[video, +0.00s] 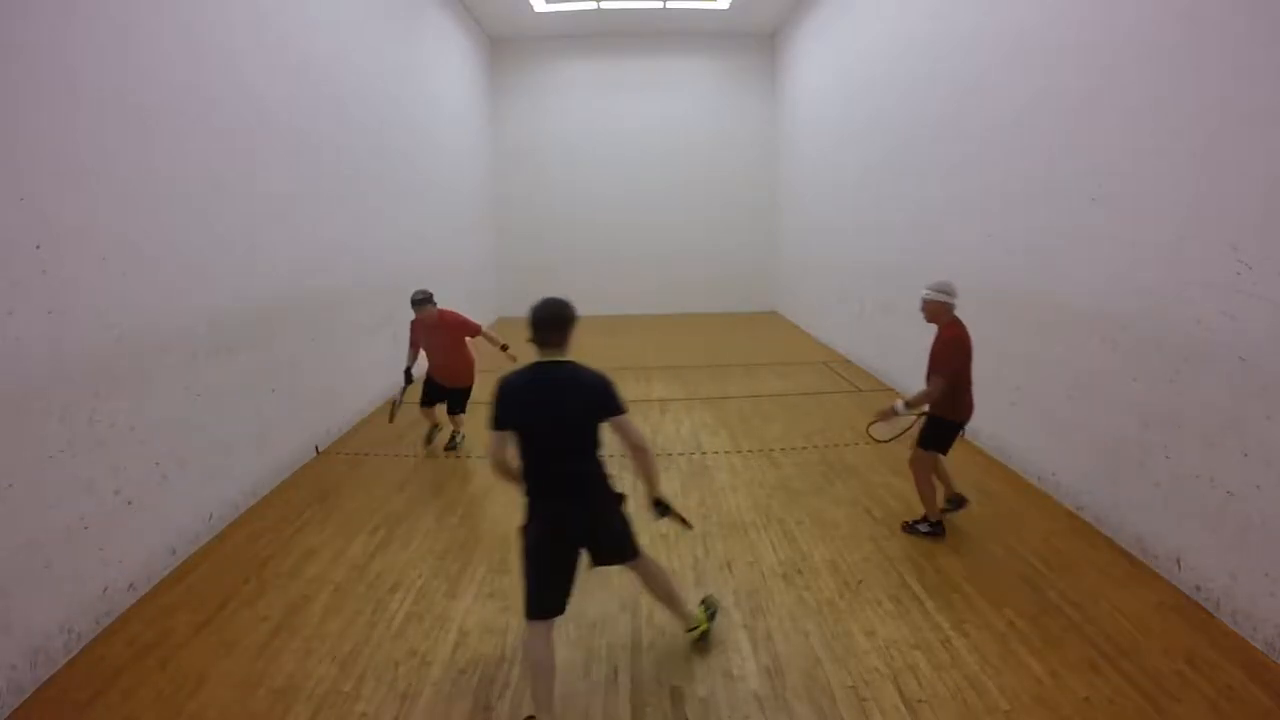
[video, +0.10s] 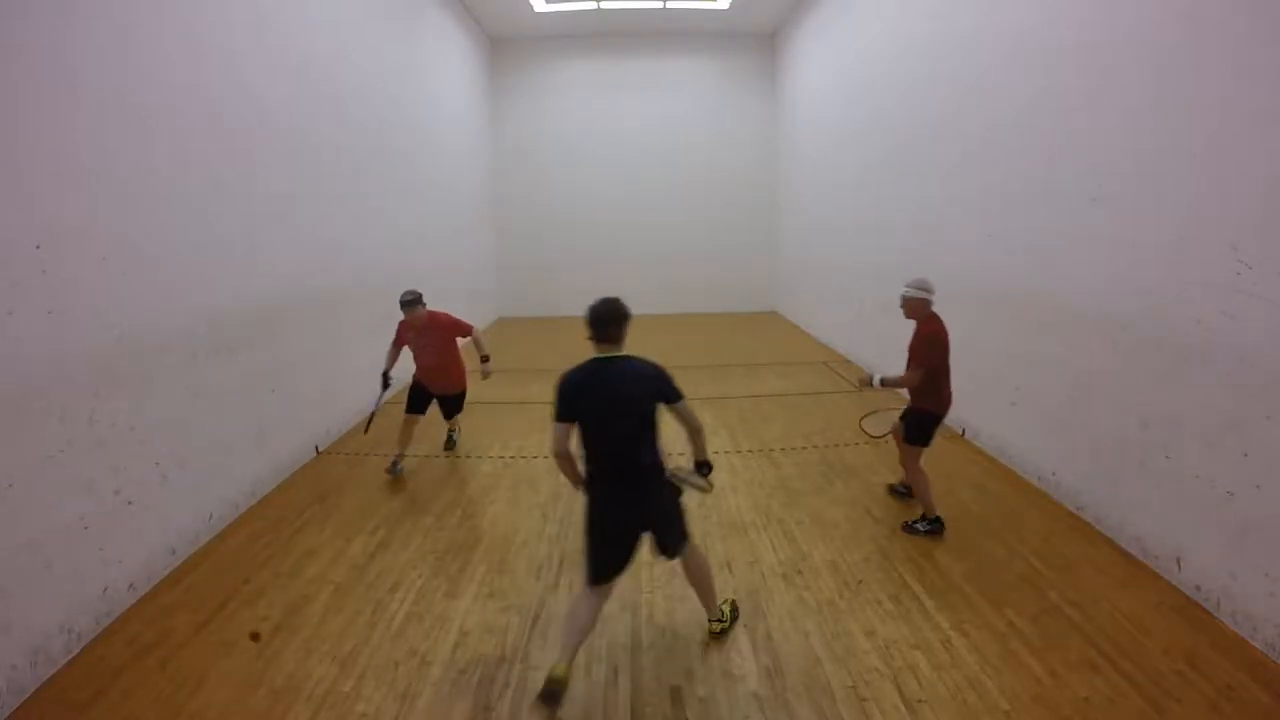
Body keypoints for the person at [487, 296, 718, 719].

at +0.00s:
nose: (558, 336)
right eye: (566, 327)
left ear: (532, 334)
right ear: (570, 332)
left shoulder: (512, 386)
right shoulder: (592, 382)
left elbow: (499, 460)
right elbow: (636, 445)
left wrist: (530, 479)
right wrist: (654, 493)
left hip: (547, 515)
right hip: (596, 505)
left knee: (538, 623)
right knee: (638, 559)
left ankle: (542, 712)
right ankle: (692, 621)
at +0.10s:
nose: (616, 333)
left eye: (602, 327)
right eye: (620, 325)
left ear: (589, 331)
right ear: (625, 329)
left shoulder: (573, 381)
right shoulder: (648, 373)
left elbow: (560, 450)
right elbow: (692, 424)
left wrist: (582, 483)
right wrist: (701, 462)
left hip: (606, 496)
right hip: (653, 489)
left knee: (595, 587)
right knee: (685, 548)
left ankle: (560, 666)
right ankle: (716, 615)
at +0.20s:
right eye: (654, 326)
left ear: (623, 334)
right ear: (657, 330)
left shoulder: (613, 378)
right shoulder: (684, 367)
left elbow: (595, 443)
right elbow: (716, 412)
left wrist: (607, 490)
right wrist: (719, 451)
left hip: (650, 473)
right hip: (694, 469)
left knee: (647, 530)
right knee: (714, 525)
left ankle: (634, 599)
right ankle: (721, 596)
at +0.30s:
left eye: (649, 342)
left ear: (648, 346)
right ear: (679, 339)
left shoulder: (646, 386)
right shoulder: (707, 370)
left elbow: (643, 449)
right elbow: (730, 417)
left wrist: (656, 494)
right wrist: (734, 452)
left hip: (685, 467)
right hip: (725, 461)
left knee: (672, 501)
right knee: (746, 498)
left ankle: (657, 555)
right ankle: (756, 559)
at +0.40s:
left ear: (685, 349)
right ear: (713, 343)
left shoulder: (684, 389)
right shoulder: (742, 373)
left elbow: (690, 449)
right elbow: (755, 427)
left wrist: (703, 494)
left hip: (712, 469)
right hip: (753, 463)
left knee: (685, 492)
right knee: (779, 477)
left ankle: (660, 552)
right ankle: (800, 531)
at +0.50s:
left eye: (733, 337)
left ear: (731, 341)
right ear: (758, 334)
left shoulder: (736, 376)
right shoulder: (784, 363)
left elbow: (747, 434)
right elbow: (797, 413)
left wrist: (737, 476)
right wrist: (800, 450)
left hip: (761, 455)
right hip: (796, 449)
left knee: (711, 495)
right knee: (797, 475)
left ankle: (666, 549)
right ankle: (800, 522)